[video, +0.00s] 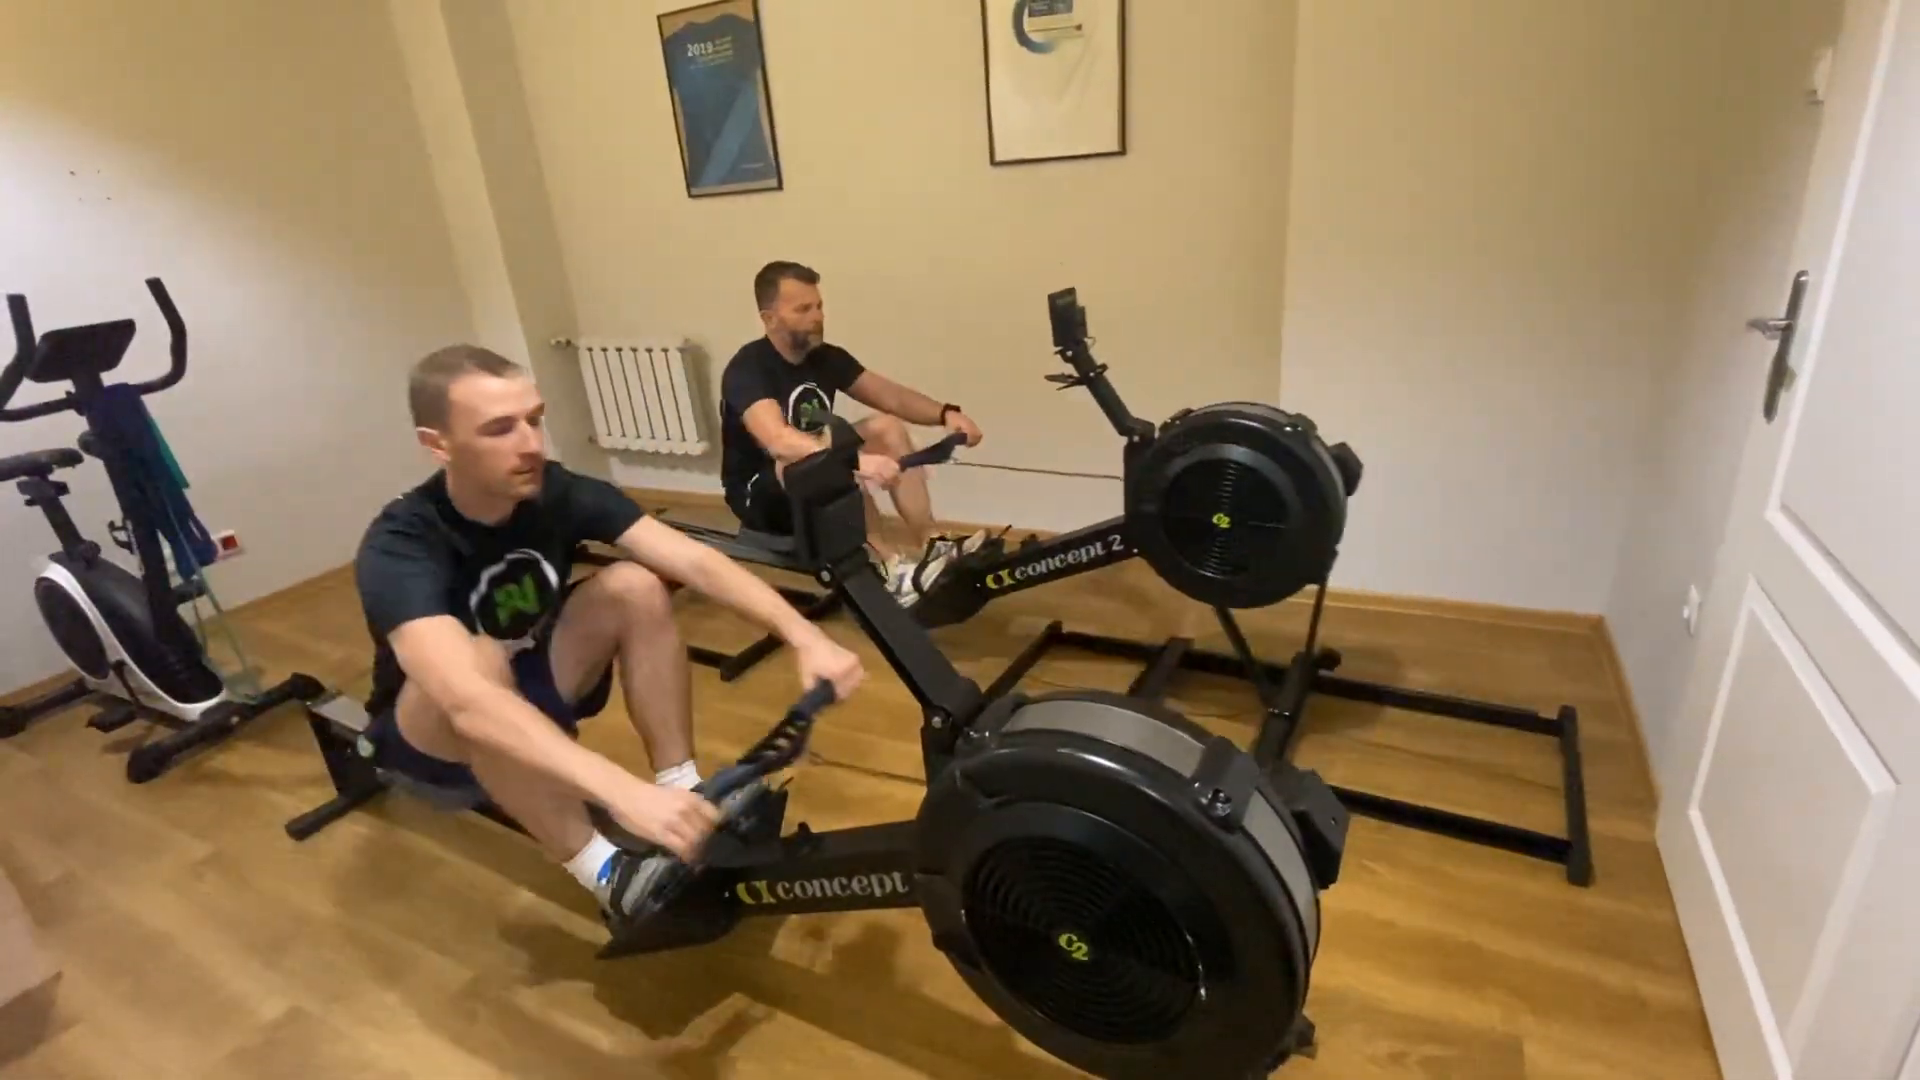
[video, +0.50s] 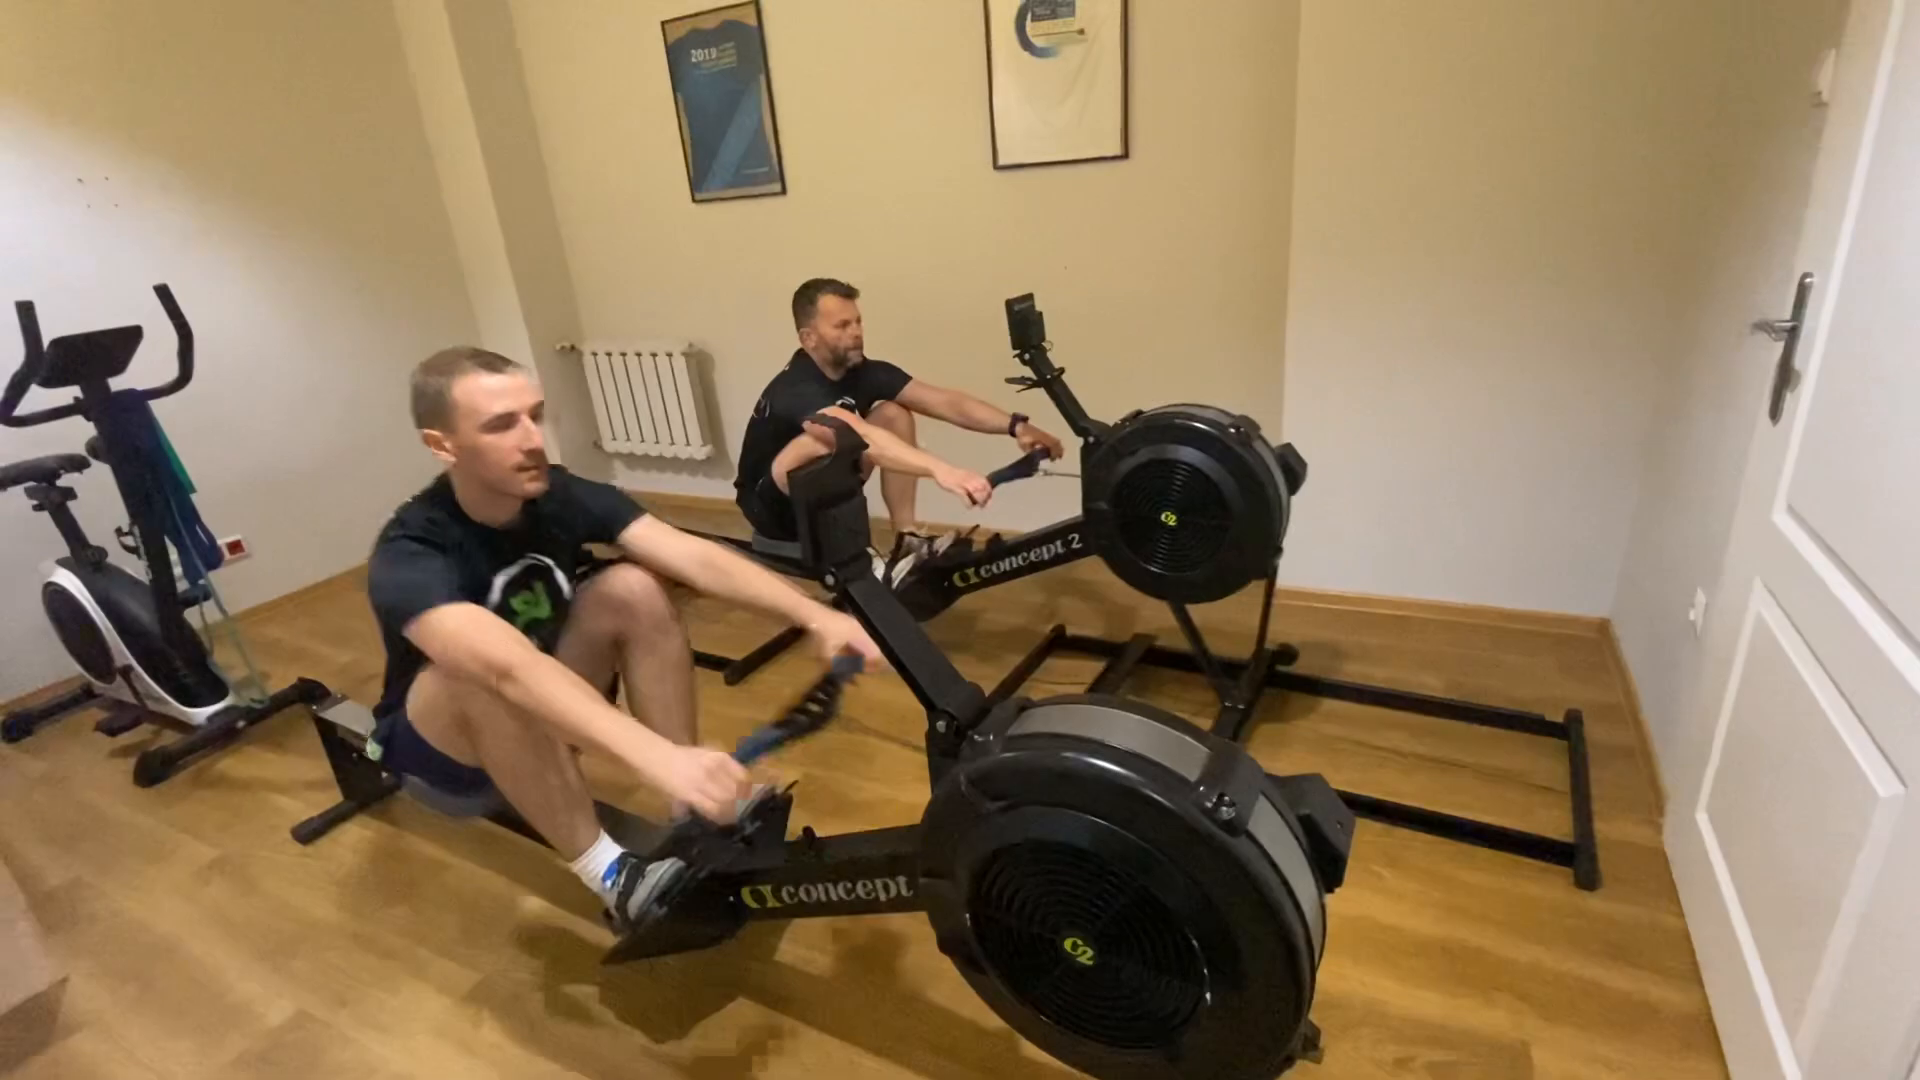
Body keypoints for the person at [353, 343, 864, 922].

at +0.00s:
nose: (530, 445)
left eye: (534, 420)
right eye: (500, 429)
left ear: (542, 416)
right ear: (438, 444)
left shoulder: (560, 494)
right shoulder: (402, 546)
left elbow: (693, 561)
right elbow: (465, 702)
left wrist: (805, 636)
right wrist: (622, 791)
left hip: (527, 686)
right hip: (431, 732)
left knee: (637, 591)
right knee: (472, 660)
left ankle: (683, 801)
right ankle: (607, 877)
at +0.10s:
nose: (565, 455)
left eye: (567, 432)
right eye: (535, 440)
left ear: (576, 428)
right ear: (471, 457)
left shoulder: (592, 504)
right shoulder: (431, 561)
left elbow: (725, 571)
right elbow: (516, 715)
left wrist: (843, 644)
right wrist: (673, 810)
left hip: (556, 693)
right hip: (455, 737)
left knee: (647, 588)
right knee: (489, 678)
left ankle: (687, 791)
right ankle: (607, 875)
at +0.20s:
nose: (585, 459)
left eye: (585, 435)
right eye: (553, 446)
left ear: (592, 430)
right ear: (488, 463)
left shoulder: (608, 513)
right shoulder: (445, 576)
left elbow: (745, 579)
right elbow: (547, 715)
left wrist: (862, 647)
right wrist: (703, 818)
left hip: (570, 715)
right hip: (467, 768)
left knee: (654, 590)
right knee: (498, 683)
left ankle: (683, 794)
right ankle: (610, 873)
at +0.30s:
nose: (591, 460)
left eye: (591, 435)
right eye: (559, 446)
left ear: (597, 431)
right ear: (494, 465)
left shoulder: (609, 513)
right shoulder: (452, 579)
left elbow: (753, 583)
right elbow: (560, 710)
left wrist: (869, 644)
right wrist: (723, 814)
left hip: (576, 730)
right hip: (472, 775)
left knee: (657, 590)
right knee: (507, 682)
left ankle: (689, 797)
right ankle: (612, 874)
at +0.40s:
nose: (569, 453)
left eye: (570, 429)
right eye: (537, 438)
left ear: (579, 427)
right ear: (475, 459)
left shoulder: (598, 510)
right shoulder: (437, 573)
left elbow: (732, 574)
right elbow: (544, 688)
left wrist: (848, 629)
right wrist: (701, 788)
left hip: (563, 733)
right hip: (463, 772)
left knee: (648, 590)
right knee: (503, 680)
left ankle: (692, 825)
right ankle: (616, 879)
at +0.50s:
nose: (532, 439)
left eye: (535, 415)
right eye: (502, 425)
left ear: (544, 413)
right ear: (442, 445)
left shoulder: (562, 497)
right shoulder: (409, 557)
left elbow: (691, 557)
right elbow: (508, 668)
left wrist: (815, 613)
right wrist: (663, 762)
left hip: (542, 719)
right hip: (444, 761)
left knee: (633, 591)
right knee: (489, 672)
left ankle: (700, 811)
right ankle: (614, 877)